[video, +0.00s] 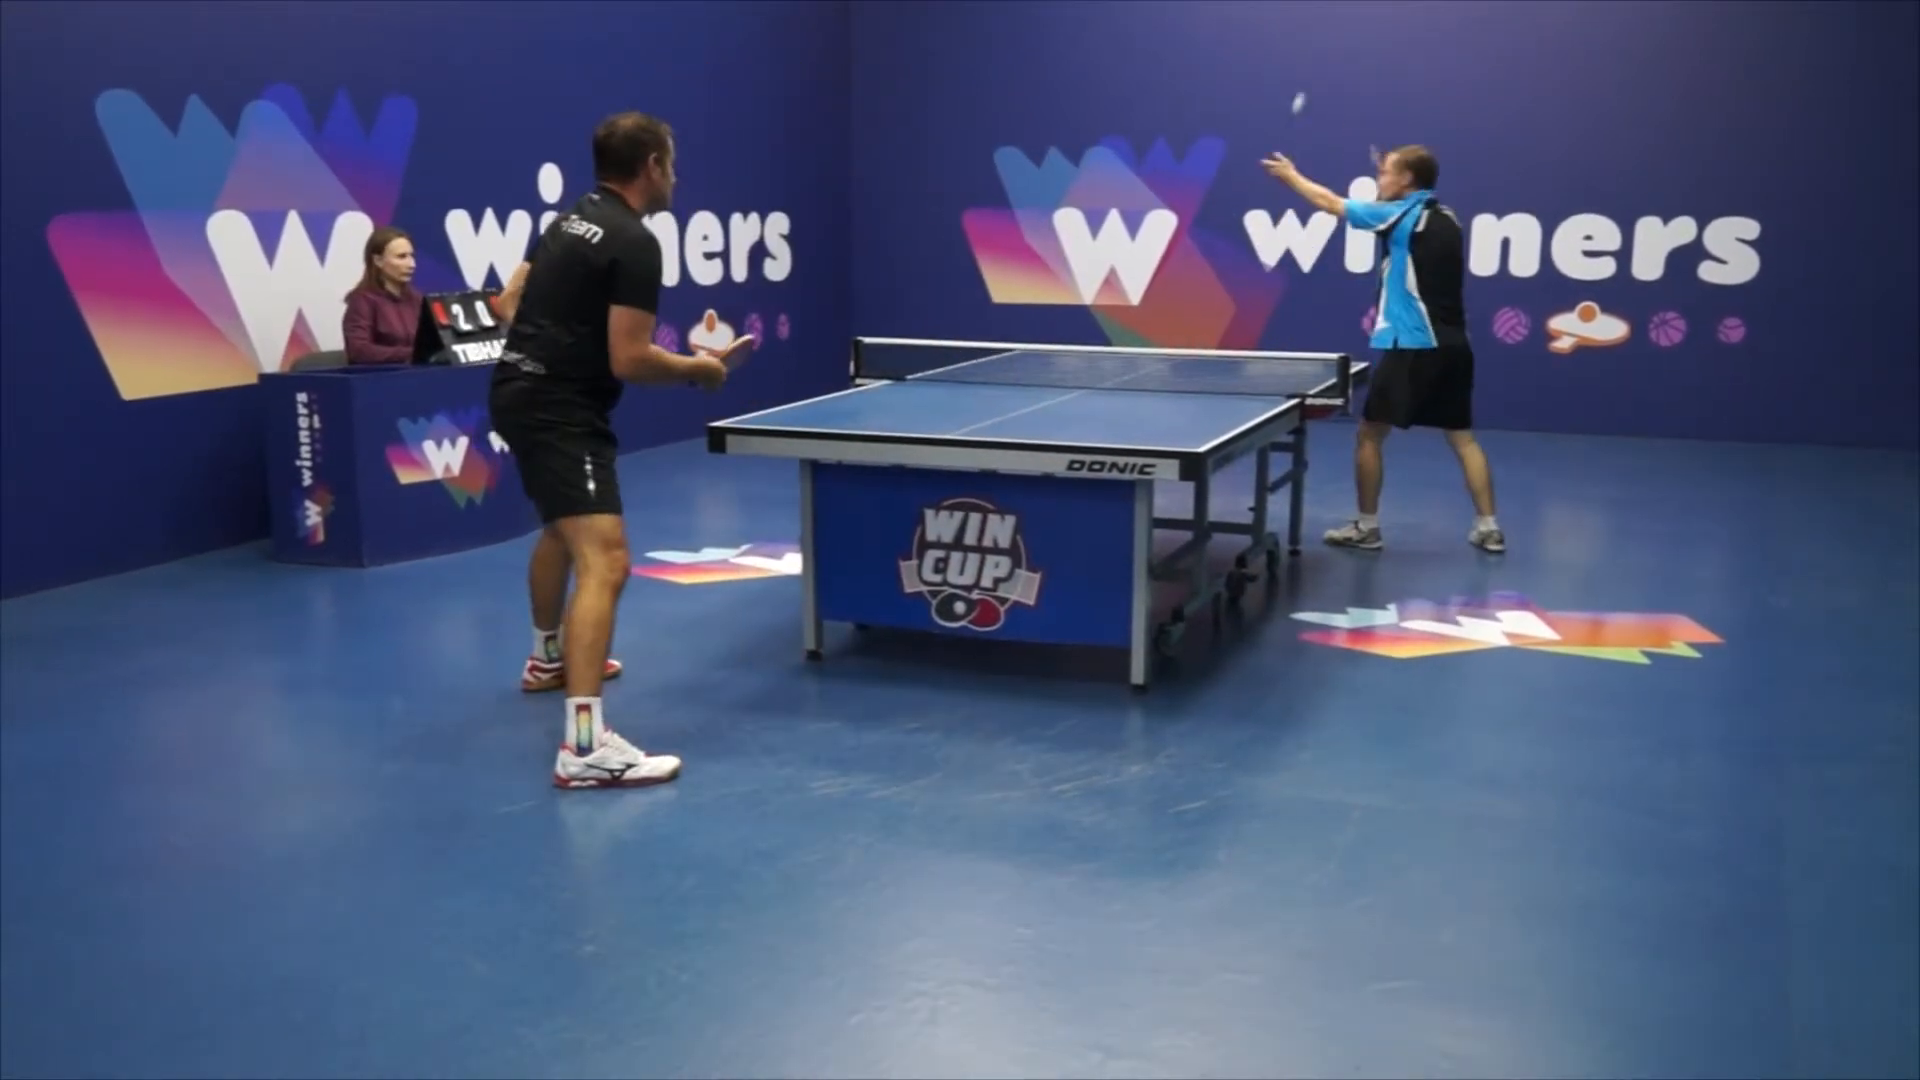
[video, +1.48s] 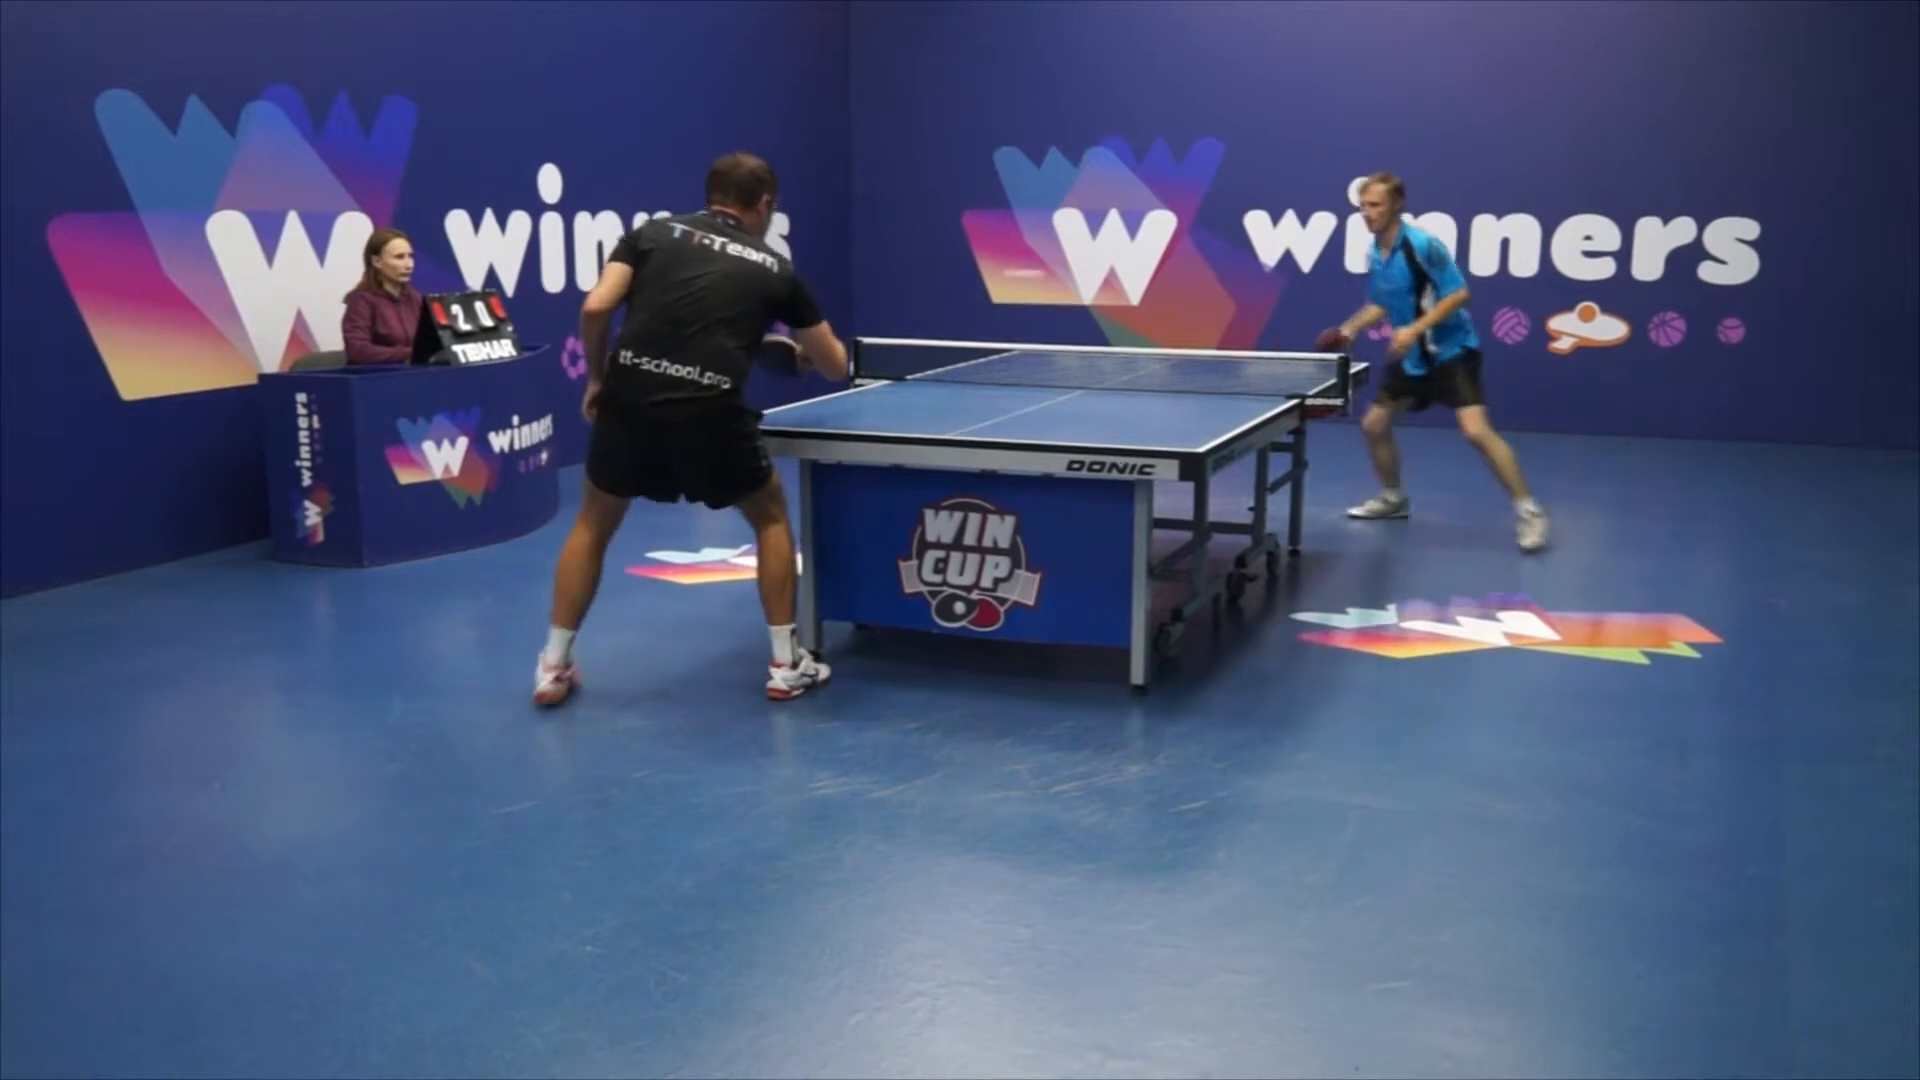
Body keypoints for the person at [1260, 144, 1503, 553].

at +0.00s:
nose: (1378, 179)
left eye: (1385, 173)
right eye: (1381, 172)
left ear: (1409, 181)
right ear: (1419, 184)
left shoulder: (1398, 215)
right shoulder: (1448, 219)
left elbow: (1333, 204)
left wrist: (1291, 177)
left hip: (1409, 352)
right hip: (1453, 351)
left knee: (1370, 435)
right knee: (1463, 438)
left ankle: (1366, 526)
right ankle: (1489, 526)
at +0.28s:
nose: (1398, 175)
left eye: (1406, 169)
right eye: (1402, 168)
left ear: (1424, 179)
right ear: (1436, 182)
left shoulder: (1402, 216)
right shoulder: (1471, 225)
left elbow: (1337, 229)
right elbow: (1491, 281)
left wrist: (1291, 218)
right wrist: (1475, 311)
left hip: (1412, 349)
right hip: (1460, 349)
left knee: (1373, 434)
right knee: (1467, 438)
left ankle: (1361, 526)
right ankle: (1489, 527)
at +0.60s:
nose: (1343, 238)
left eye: (1348, 229)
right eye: (1344, 230)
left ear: (1371, 228)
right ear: (1379, 227)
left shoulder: (1382, 262)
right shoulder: (1420, 237)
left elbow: (1388, 327)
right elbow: (1450, 224)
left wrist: (1360, 349)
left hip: (1436, 360)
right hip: (1477, 355)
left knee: (1371, 432)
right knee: (1465, 445)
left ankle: (1368, 525)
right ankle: (1489, 526)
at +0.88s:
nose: (1321, 234)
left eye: (1328, 226)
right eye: (1318, 227)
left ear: (1351, 225)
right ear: (1317, 227)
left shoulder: (1373, 256)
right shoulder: (1350, 257)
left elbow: (1421, 299)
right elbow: (1401, 255)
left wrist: (1377, 333)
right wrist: (1377, 325)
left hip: (1412, 356)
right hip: (1397, 354)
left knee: (1358, 434)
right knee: (1381, 437)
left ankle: (1376, 525)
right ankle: (1460, 477)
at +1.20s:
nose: (1335, 223)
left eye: (1343, 216)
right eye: (1332, 216)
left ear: (1364, 217)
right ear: (1328, 216)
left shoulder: (1387, 257)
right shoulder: (1337, 254)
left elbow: (1415, 310)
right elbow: (1342, 297)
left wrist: (1368, 334)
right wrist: (1323, 314)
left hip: (1395, 364)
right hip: (1356, 361)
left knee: (1397, 440)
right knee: (1322, 425)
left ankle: (1462, 505)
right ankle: (1325, 489)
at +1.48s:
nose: (1368, 213)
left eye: (1375, 206)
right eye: (1364, 207)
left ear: (1397, 207)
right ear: (1362, 208)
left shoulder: (1423, 244)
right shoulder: (1376, 252)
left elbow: (1458, 293)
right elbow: (1381, 304)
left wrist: (1415, 329)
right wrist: (1349, 329)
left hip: (1452, 351)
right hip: (1412, 355)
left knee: (1475, 429)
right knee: (1374, 425)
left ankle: (1529, 511)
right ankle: (1392, 498)